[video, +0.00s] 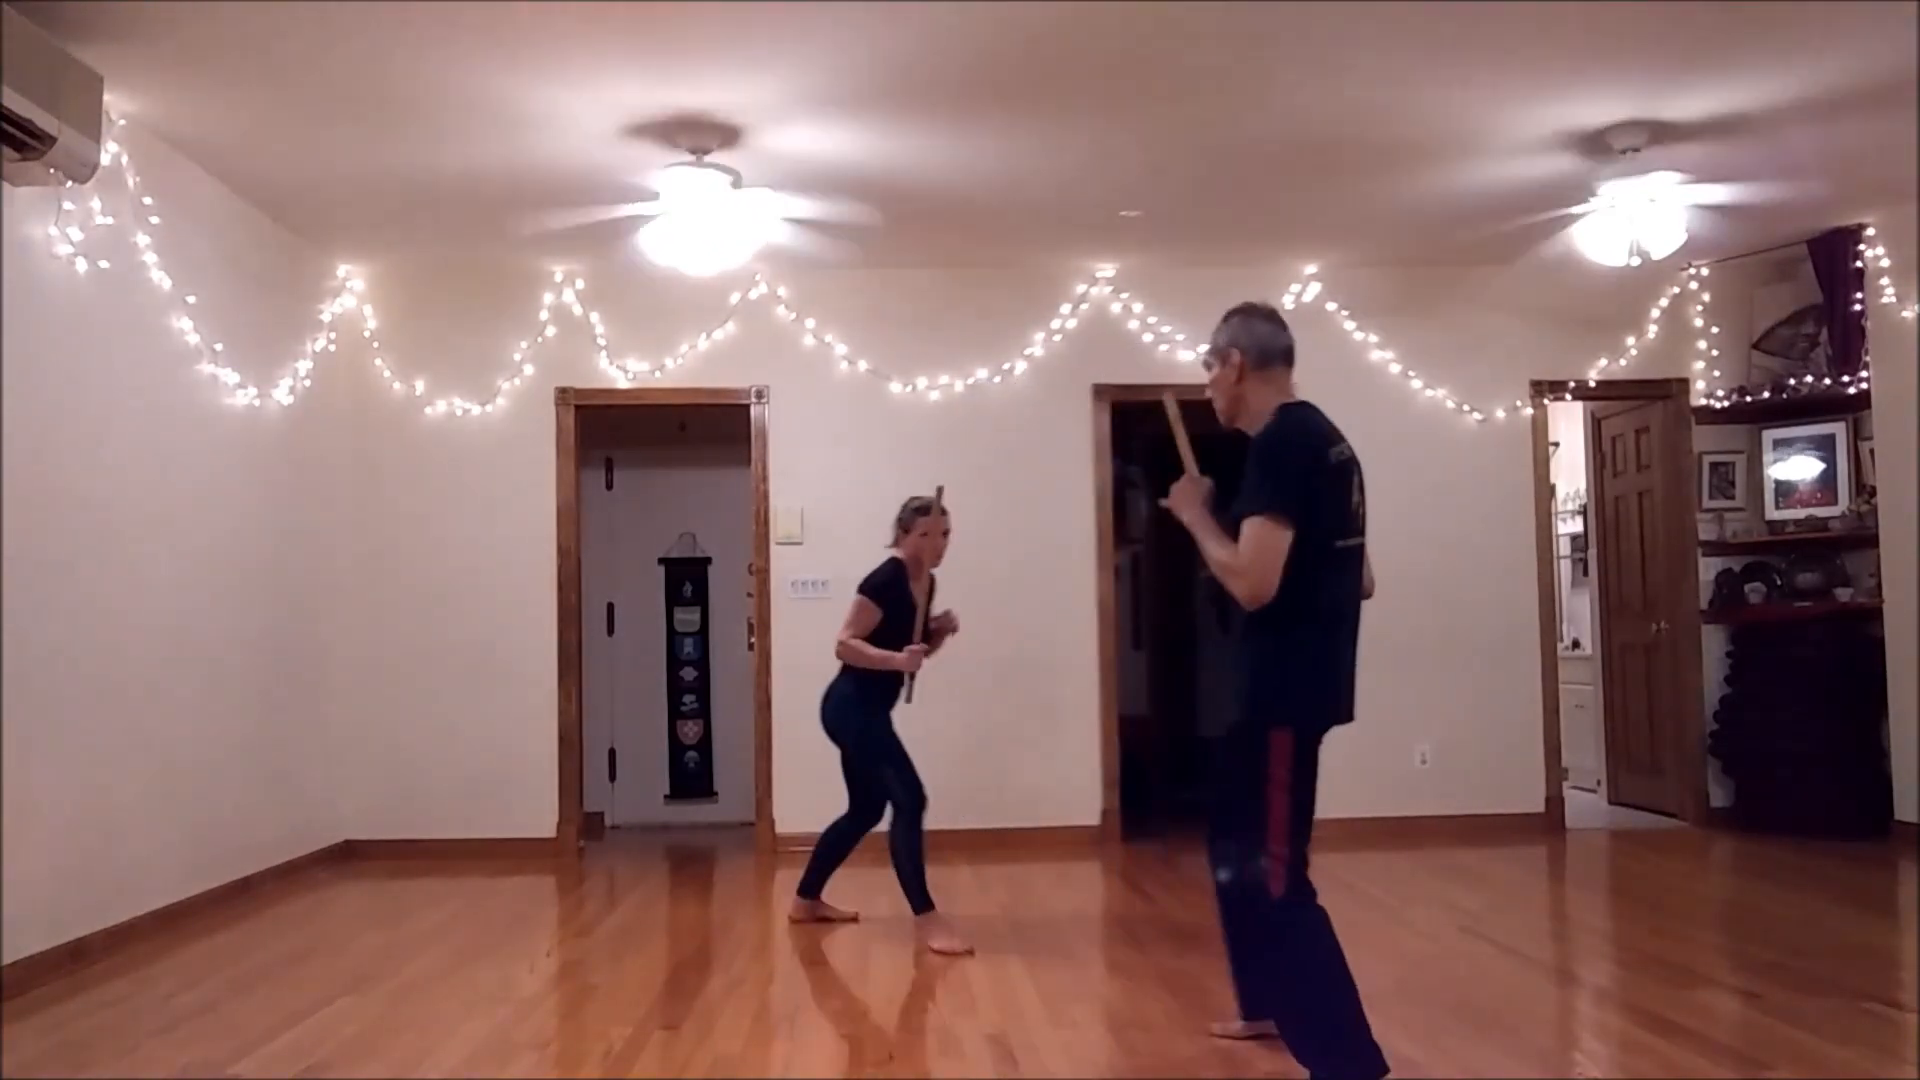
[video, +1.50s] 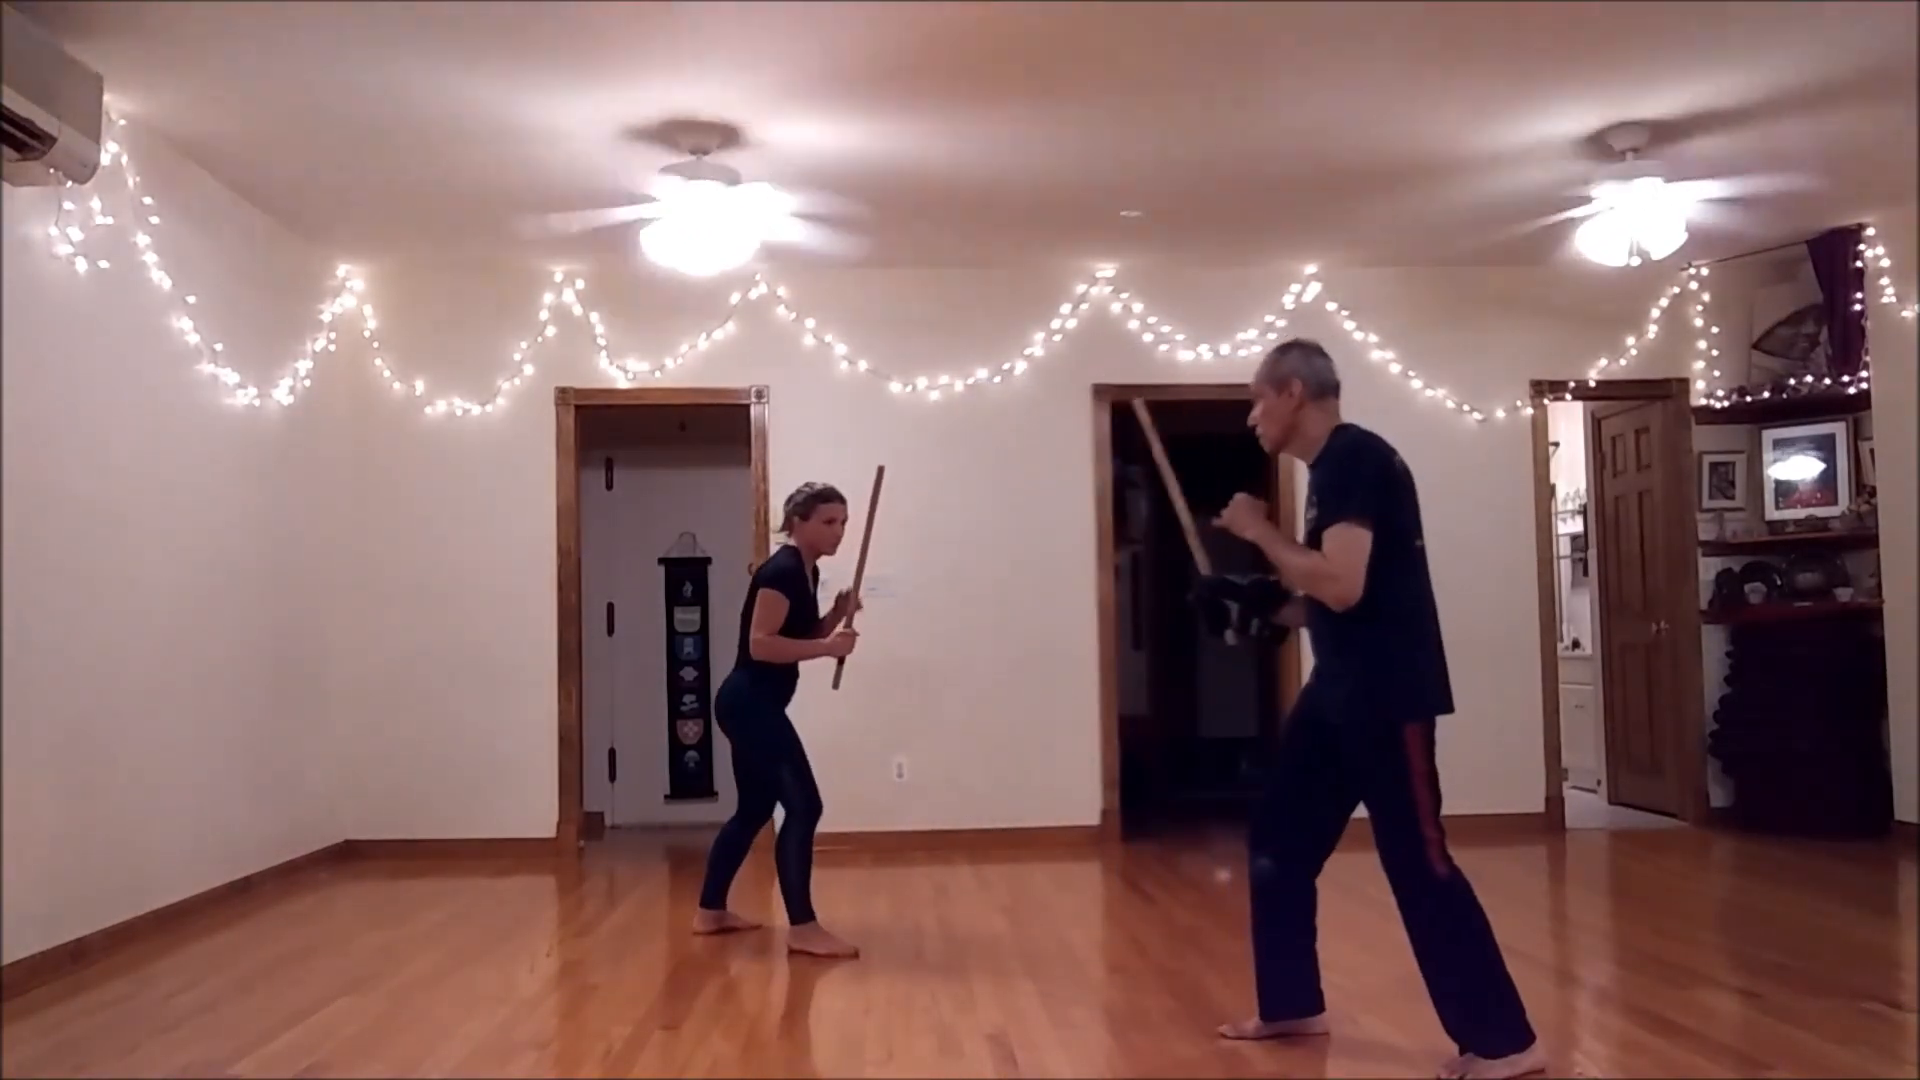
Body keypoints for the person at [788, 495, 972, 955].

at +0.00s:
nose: (941, 544)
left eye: (944, 535)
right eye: (932, 535)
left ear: (945, 536)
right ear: (907, 537)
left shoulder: (925, 581)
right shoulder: (884, 580)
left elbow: (908, 645)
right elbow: (845, 645)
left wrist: (934, 633)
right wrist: (897, 659)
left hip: (869, 707)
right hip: (851, 708)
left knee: (866, 808)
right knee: (909, 798)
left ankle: (806, 898)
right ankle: (927, 920)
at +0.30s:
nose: (904, 531)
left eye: (907, 522)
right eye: (893, 523)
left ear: (906, 526)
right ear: (867, 527)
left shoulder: (887, 573)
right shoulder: (847, 573)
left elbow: (865, 634)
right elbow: (822, 641)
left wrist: (895, 646)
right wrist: (880, 644)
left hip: (849, 698)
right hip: (820, 698)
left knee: (859, 795)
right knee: (859, 794)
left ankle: (806, 898)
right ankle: (825, 906)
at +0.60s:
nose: (896, 530)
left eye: (900, 522)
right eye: (886, 521)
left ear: (900, 527)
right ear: (857, 524)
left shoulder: (873, 575)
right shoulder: (837, 573)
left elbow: (857, 633)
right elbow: (816, 642)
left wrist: (896, 616)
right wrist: (877, 642)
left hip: (819, 704)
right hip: (797, 704)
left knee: (837, 807)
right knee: (829, 808)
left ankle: (808, 904)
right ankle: (802, 927)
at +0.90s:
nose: (881, 530)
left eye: (884, 522)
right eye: (871, 521)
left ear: (879, 526)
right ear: (840, 524)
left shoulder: (846, 570)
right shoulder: (821, 571)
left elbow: (830, 635)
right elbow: (795, 644)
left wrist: (865, 625)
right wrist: (860, 646)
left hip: (788, 702)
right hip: (778, 704)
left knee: (801, 804)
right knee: (821, 808)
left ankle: (730, 889)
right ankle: (804, 929)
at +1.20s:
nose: (853, 538)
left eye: (856, 529)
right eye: (845, 529)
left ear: (831, 533)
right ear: (814, 530)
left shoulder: (819, 575)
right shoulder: (792, 577)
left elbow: (803, 637)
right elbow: (770, 652)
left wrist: (839, 635)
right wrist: (835, 653)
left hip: (763, 708)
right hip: (758, 711)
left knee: (768, 812)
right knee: (814, 807)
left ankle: (712, 911)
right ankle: (804, 928)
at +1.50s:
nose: (840, 532)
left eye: (842, 523)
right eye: (831, 522)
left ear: (826, 528)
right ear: (800, 524)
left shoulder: (803, 573)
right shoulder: (780, 572)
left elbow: (803, 640)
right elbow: (760, 645)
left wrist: (835, 615)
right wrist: (825, 647)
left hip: (752, 703)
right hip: (752, 706)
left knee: (754, 808)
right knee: (804, 805)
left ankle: (710, 910)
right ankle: (803, 927)